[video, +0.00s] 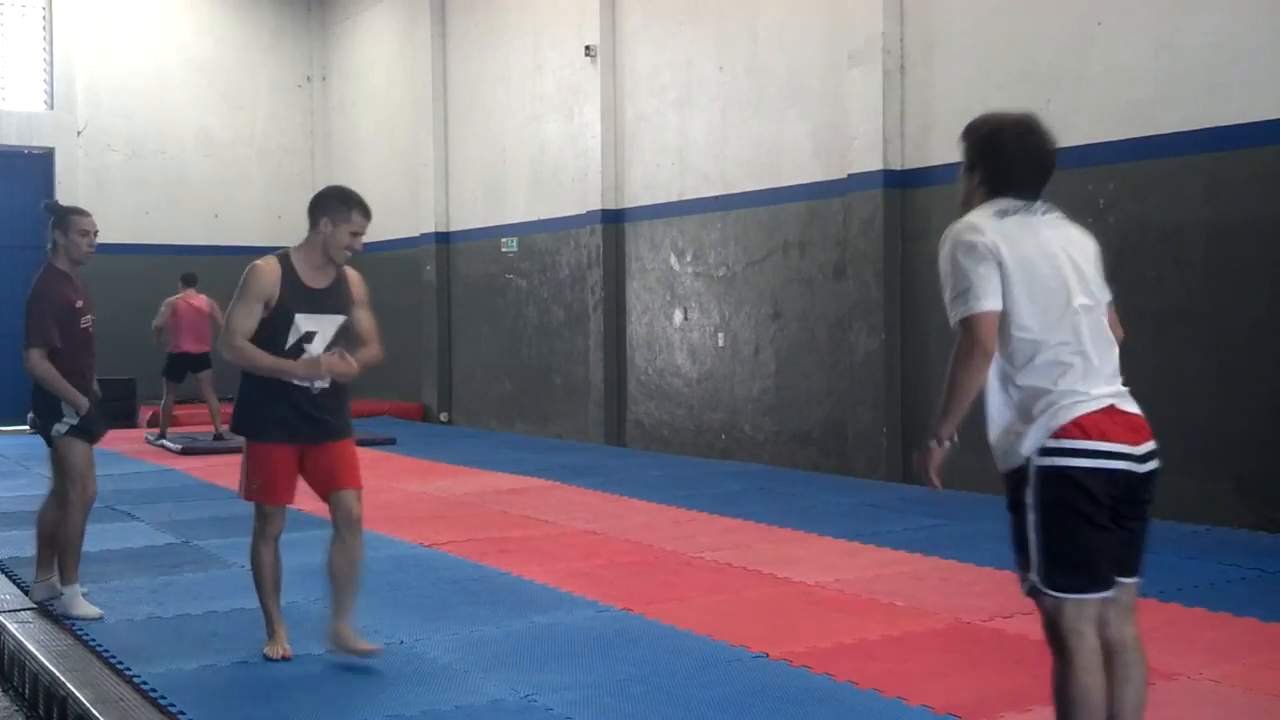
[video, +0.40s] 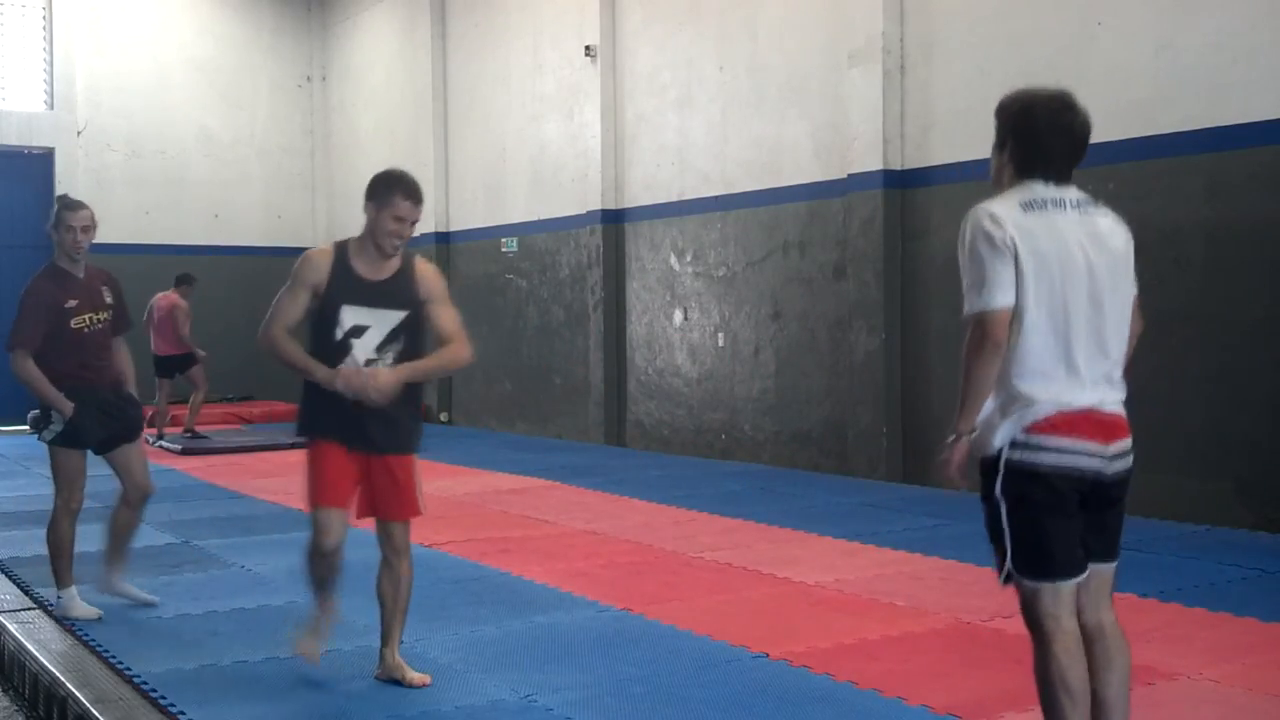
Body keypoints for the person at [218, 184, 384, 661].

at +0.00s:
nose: (358, 244)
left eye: (362, 236)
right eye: (353, 234)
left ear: (341, 231)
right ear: (324, 225)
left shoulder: (350, 281)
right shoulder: (266, 274)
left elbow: (372, 348)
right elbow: (231, 345)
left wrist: (348, 363)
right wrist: (299, 368)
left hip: (327, 421)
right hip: (270, 422)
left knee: (350, 514)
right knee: (269, 527)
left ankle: (341, 626)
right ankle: (275, 631)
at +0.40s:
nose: (403, 231)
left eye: (411, 223)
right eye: (396, 220)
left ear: (416, 221)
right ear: (369, 211)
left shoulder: (423, 276)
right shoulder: (321, 264)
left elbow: (461, 350)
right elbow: (273, 334)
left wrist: (397, 376)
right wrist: (327, 375)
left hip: (393, 430)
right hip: (333, 426)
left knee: (397, 544)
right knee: (327, 541)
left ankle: (390, 654)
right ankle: (322, 614)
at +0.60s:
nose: (417, 228)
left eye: (426, 219)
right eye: (407, 217)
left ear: (436, 219)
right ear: (384, 210)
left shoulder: (448, 275)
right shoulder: (340, 270)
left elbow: (499, 346)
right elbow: (296, 330)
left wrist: (434, 381)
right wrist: (316, 380)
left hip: (419, 433)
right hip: (360, 428)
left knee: (409, 550)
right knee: (367, 545)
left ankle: (394, 652)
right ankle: (384, 677)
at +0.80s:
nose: (437, 226)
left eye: (446, 216)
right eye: (427, 216)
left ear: (453, 212)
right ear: (400, 205)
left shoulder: (467, 268)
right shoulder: (357, 271)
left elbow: (504, 340)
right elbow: (309, 339)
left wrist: (470, 372)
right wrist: (341, 390)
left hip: (443, 433)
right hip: (383, 431)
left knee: (450, 567)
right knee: (388, 561)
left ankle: (407, 630)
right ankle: (401, 699)